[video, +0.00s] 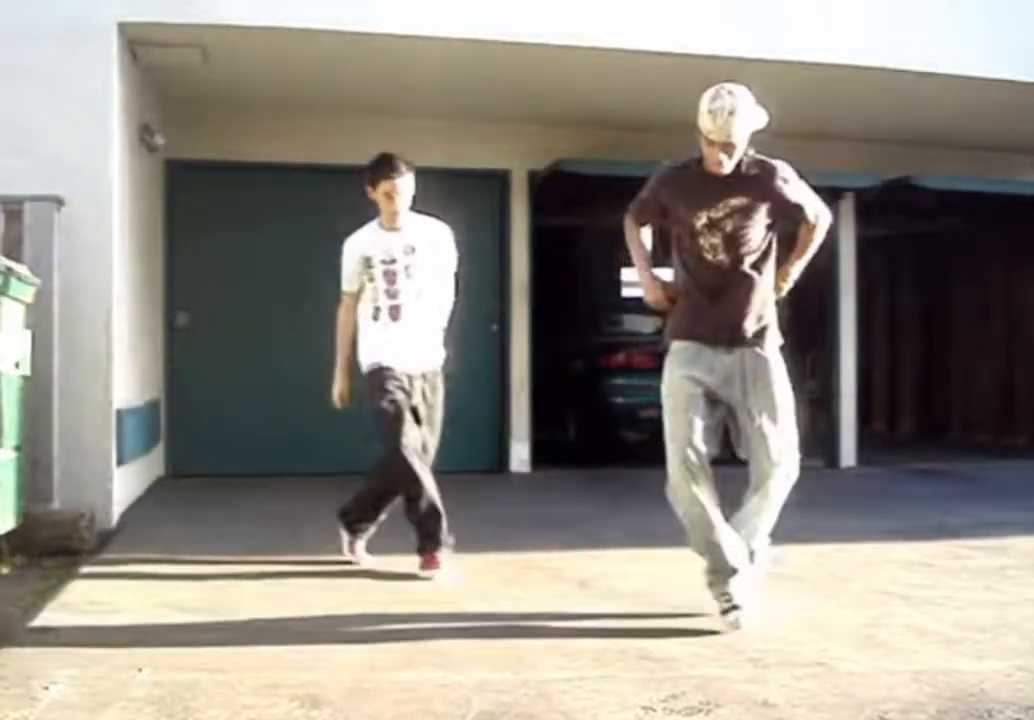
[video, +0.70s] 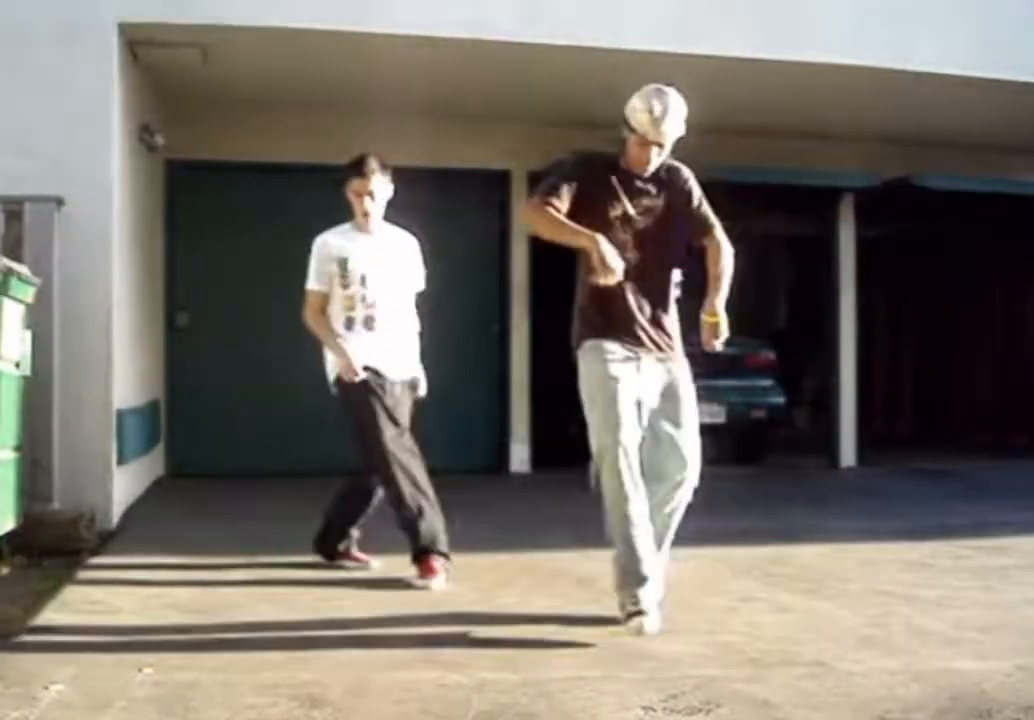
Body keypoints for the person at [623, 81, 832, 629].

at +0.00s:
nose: (723, 154)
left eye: (733, 144)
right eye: (715, 144)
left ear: (749, 135)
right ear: (701, 133)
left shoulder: (771, 178)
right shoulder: (672, 181)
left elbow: (817, 219)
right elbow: (634, 220)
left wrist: (785, 276)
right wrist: (648, 281)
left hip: (755, 342)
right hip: (690, 341)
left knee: (778, 461)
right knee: (684, 463)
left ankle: (739, 558)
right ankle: (725, 578)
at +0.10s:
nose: (734, 167)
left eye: (744, 158)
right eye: (726, 157)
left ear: (763, 150)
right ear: (713, 148)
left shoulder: (785, 193)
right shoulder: (687, 201)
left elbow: (822, 226)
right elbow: (657, 258)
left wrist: (810, 274)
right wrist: (650, 312)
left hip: (771, 365)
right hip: (701, 362)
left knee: (806, 476)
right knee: (663, 473)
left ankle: (836, 587)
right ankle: (634, 590)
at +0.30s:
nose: (725, 161)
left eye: (736, 152)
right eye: (718, 150)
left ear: (754, 145)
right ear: (705, 139)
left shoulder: (773, 187)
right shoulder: (674, 187)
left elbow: (835, 238)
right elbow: (619, 243)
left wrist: (799, 236)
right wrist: (675, 246)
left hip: (751, 352)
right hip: (687, 344)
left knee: (784, 467)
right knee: (674, 454)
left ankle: (823, 584)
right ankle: (623, 593)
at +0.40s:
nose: (713, 151)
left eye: (724, 142)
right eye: (706, 140)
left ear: (739, 136)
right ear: (690, 127)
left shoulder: (747, 175)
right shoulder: (657, 169)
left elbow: (788, 234)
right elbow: (608, 231)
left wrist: (733, 241)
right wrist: (680, 227)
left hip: (724, 336)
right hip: (664, 329)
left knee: (740, 452)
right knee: (671, 447)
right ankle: (695, 580)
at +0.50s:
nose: (700, 157)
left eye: (711, 147)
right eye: (693, 145)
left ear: (725, 141)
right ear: (677, 133)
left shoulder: (728, 183)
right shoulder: (643, 176)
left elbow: (752, 248)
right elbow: (607, 243)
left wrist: (689, 259)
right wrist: (676, 238)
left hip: (707, 340)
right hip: (650, 336)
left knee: (712, 461)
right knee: (674, 451)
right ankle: (732, 576)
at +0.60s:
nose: (678, 173)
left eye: (689, 163)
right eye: (671, 160)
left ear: (703, 160)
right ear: (655, 149)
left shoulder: (706, 206)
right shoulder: (621, 195)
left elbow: (732, 271)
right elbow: (583, 263)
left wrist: (695, 283)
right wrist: (643, 255)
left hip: (686, 365)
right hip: (630, 359)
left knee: (676, 478)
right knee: (663, 474)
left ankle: (625, 574)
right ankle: (732, 595)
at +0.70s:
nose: (649, 154)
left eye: (660, 146)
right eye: (642, 142)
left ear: (672, 143)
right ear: (625, 130)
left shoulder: (678, 181)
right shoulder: (586, 172)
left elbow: (718, 245)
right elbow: (535, 214)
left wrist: (714, 303)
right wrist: (592, 241)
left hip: (666, 346)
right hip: (608, 343)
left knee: (679, 465)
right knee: (619, 462)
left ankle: (640, 569)